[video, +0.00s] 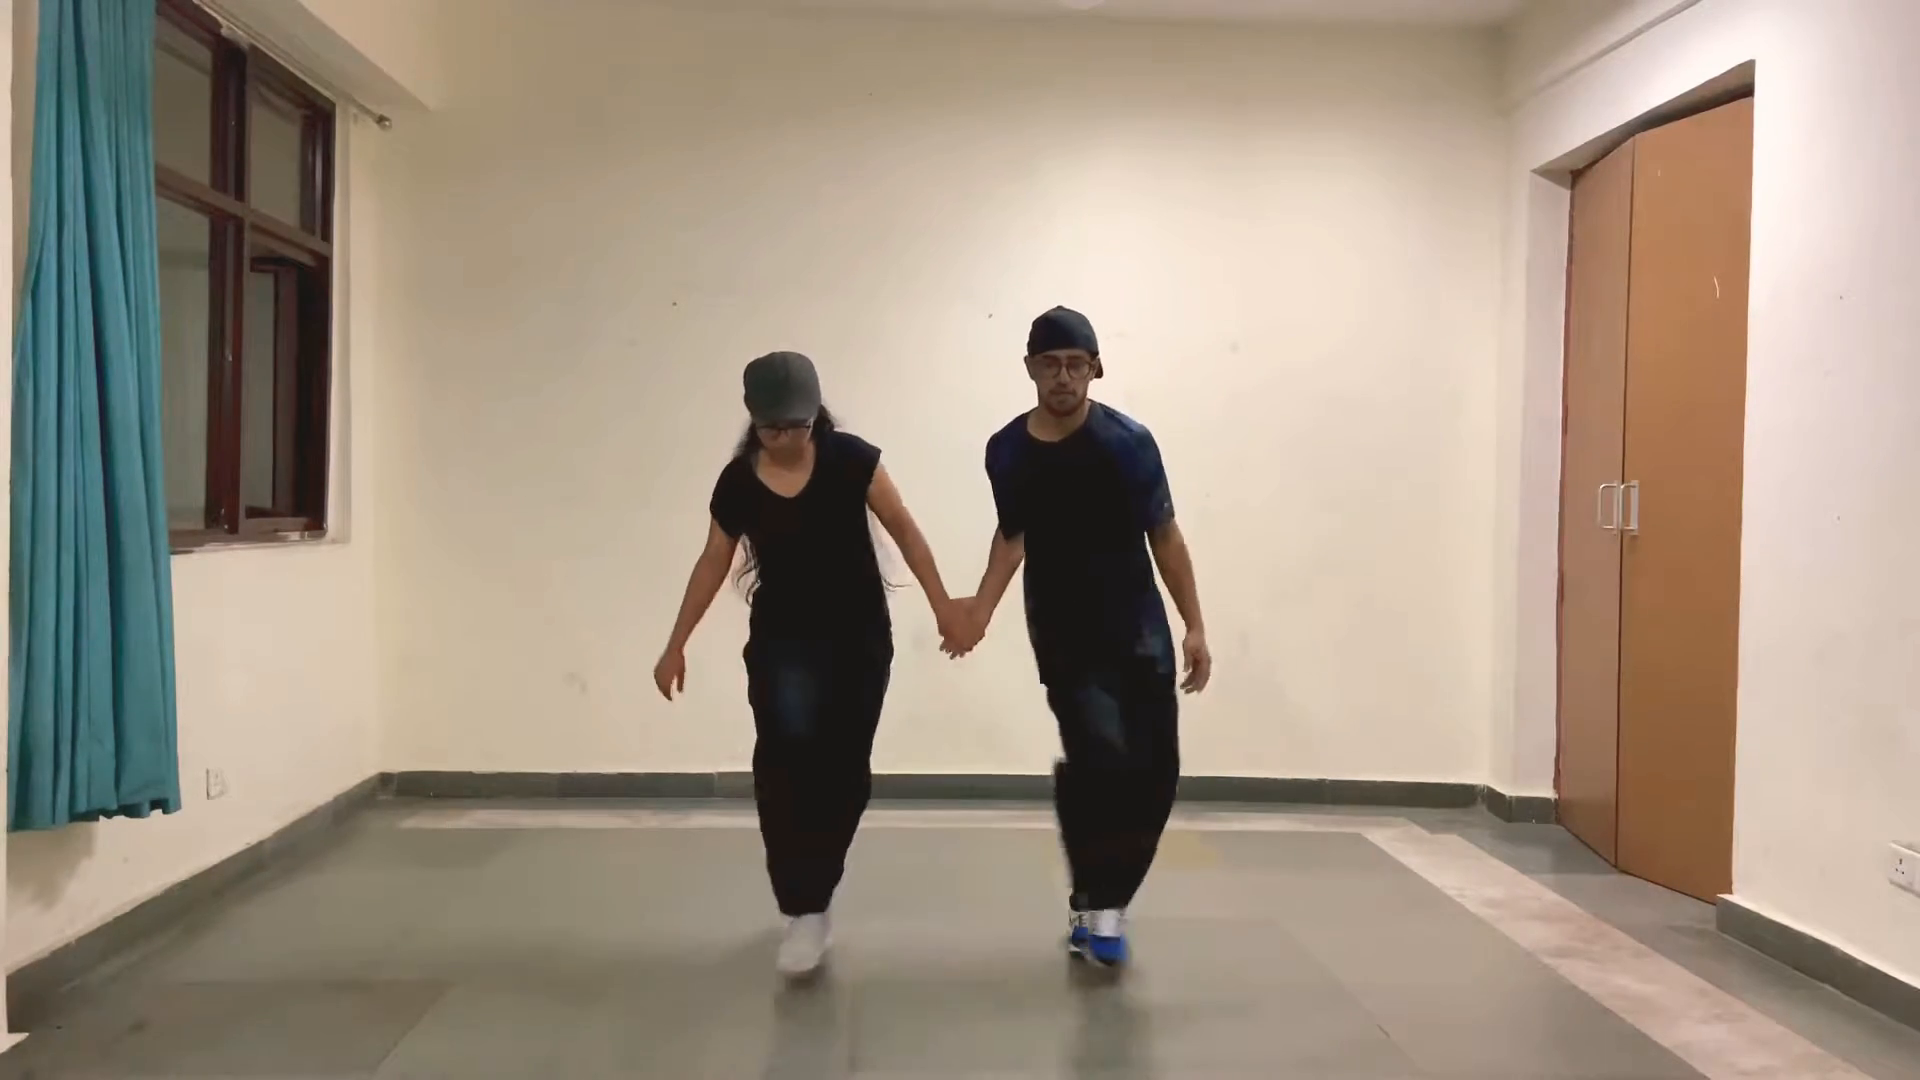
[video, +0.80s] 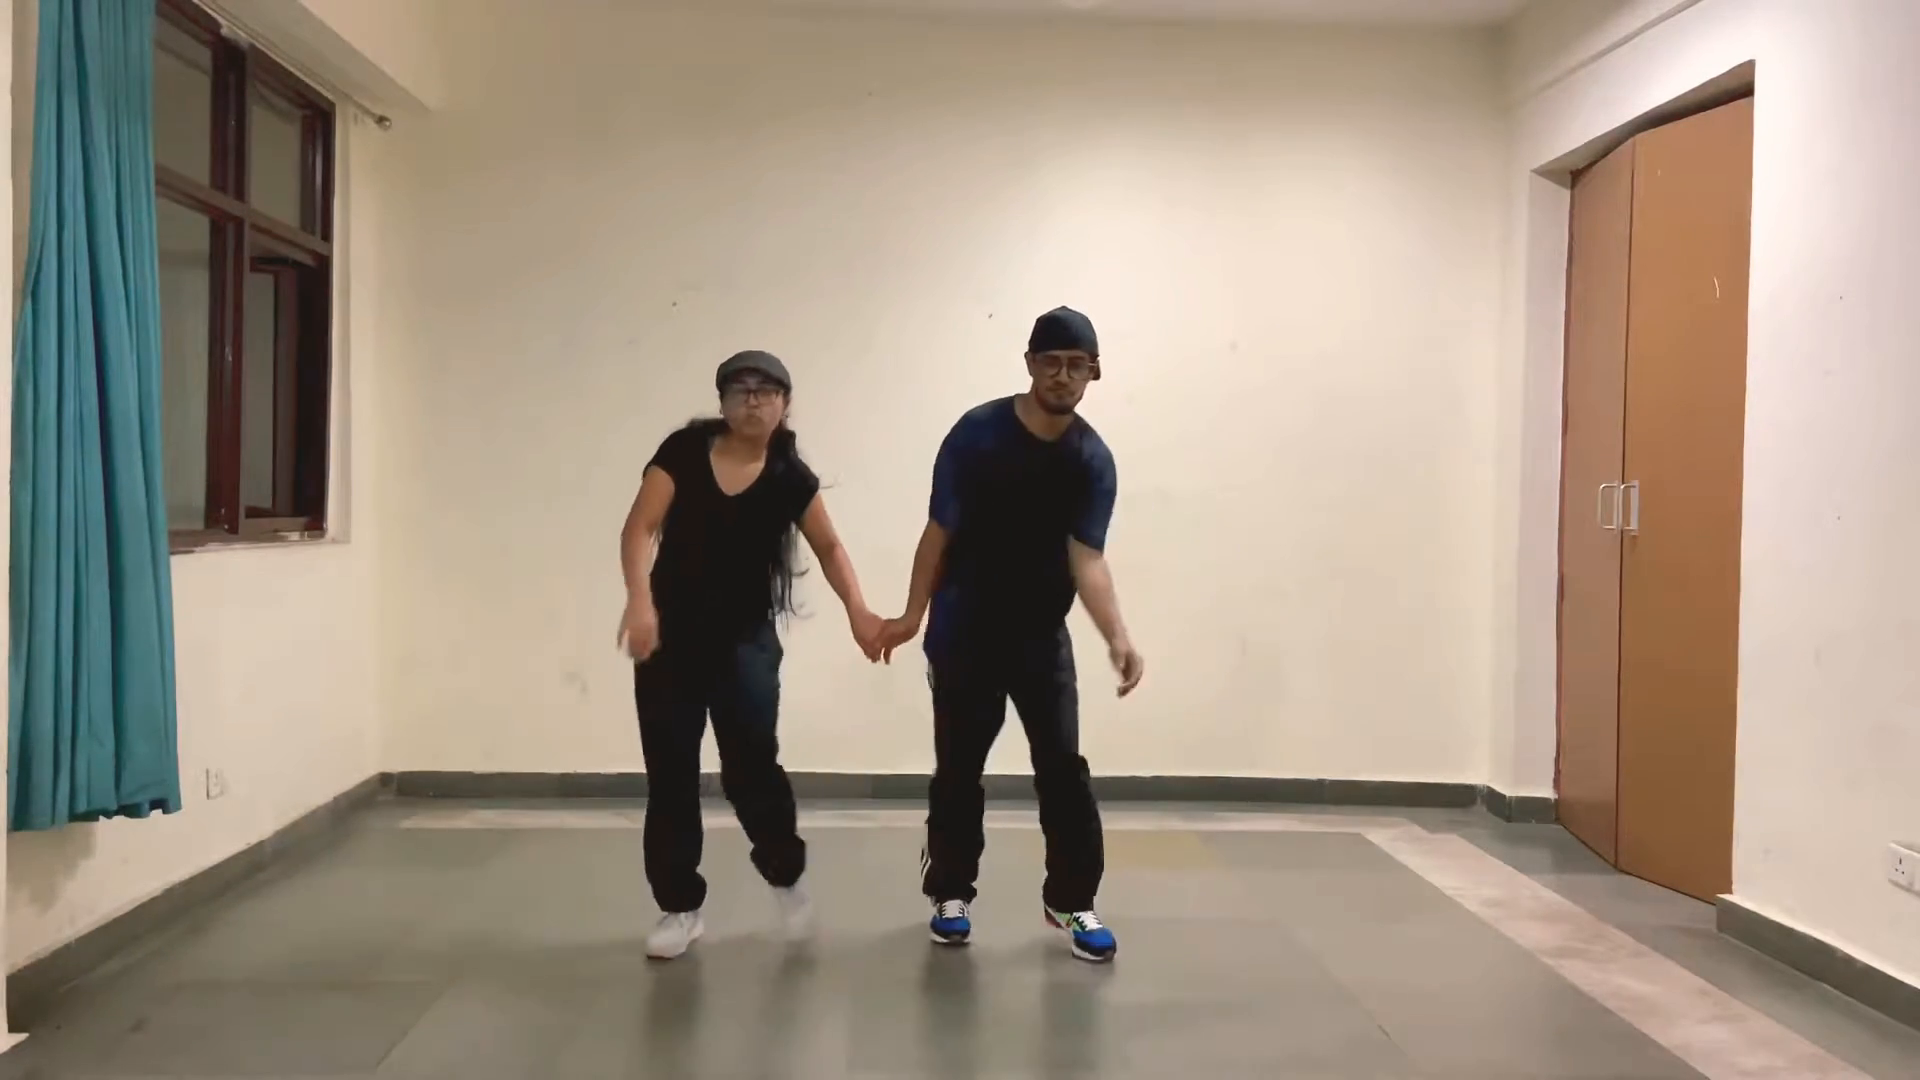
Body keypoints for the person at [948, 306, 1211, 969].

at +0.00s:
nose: (1062, 378)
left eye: (1075, 366)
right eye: (1049, 365)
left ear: (1094, 369)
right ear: (1030, 370)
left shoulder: (1130, 442)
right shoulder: (1008, 450)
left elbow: (1165, 537)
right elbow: (1012, 535)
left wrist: (1195, 628)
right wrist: (979, 610)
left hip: (1138, 626)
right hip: (1063, 632)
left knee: (1154, 769)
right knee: (1100, 760)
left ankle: (1111, 907)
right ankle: (1089, 903)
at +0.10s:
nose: (1067, 388)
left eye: (1080, 376)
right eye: (1054, 375)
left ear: (1099, 380)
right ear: (1033, 378)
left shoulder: (1138, 445)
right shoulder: (1016, 461)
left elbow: (1189, 522)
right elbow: (1025, 540)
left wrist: (1223, 607)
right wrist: (982, 603)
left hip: (1157, 643)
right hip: (1085, 651)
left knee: (1169, 793)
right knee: (1146, 793)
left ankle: (1094, 902)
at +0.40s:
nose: (1090, 381)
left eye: (1103, 369)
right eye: (1076, 367)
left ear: (1116, 373)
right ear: (1052, 368)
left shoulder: (1138, 444)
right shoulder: (1012, 450)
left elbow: (1203, 503)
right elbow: (984, 540)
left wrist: (1251, 540)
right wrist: (931, 600)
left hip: (1131, 626)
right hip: (1061, 631)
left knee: (1144, 776)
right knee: (1124, 770)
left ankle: (1077, 903)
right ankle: (1160, 932)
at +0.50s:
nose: (1099, 377)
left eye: (1111, 366)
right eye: (1085, 364)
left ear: (1123, 372)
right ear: (1059, 364)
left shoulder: (1128, 444)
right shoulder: (1011, 441)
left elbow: (1186, 500)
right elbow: (961, 523)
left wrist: (1211, 520)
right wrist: (909, 591)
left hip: (1110, 625)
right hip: (1043, 624)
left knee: (1126, 765)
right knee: (1107, 744)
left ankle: (1081, 904)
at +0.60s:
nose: (1101, 373)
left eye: (1112, 362)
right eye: (1087, 360)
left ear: (1123, 368)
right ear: (1059, 360)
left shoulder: (1120, 442)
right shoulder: (1007, 430)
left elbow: (1172, 510)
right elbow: (942, 509)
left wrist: (1184, 531)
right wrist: (894, 594)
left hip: (1087, 624)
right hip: (1021, 623)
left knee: (1098, 761)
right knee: (1052, 759)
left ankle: (1071, 908)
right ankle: (964, 874)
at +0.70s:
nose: (1083, 375)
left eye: (1097, 365)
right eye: (1071, 361)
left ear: (1110, 373)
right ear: (1048, 361)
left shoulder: (1107, 450)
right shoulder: (998, 429)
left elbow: (1128, 525)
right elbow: (939, 516)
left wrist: (1153, 585)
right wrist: (899, 605)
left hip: (1066, 625)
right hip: (994, 624)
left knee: (1077, 763)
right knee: (992, 762)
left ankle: (1071, 905)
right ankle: (956, 893)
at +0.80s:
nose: (1063, 378)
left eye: (1077, 368)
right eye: (1051, 365)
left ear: (1091, 375)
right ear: (1029, 365)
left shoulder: (1092, 459)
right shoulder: (974, 435)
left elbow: (1088, 557)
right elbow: (939, 531)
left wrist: (1118, 636)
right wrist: (910, 618)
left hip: (1043, 633)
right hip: (965, 629)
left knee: (1061, 763)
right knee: (959, 767)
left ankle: (1071, 901)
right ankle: (952, 893)